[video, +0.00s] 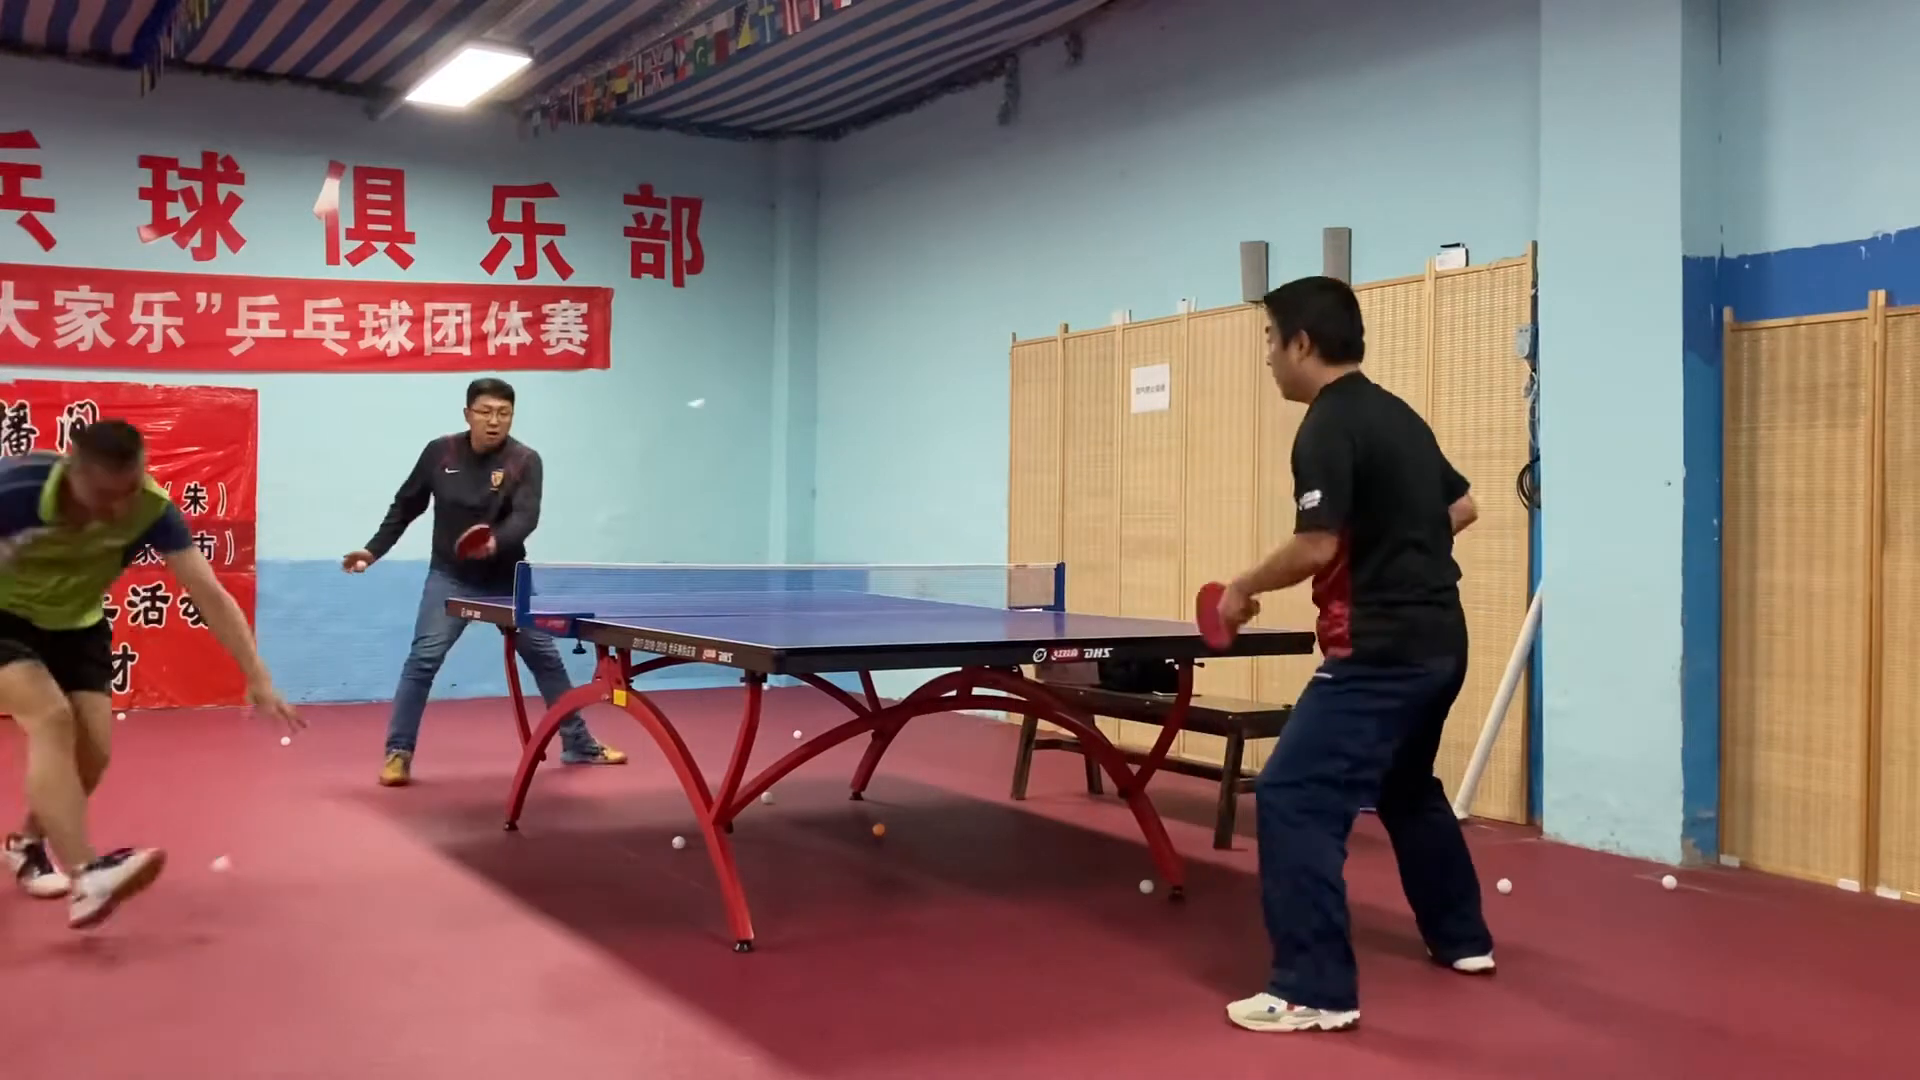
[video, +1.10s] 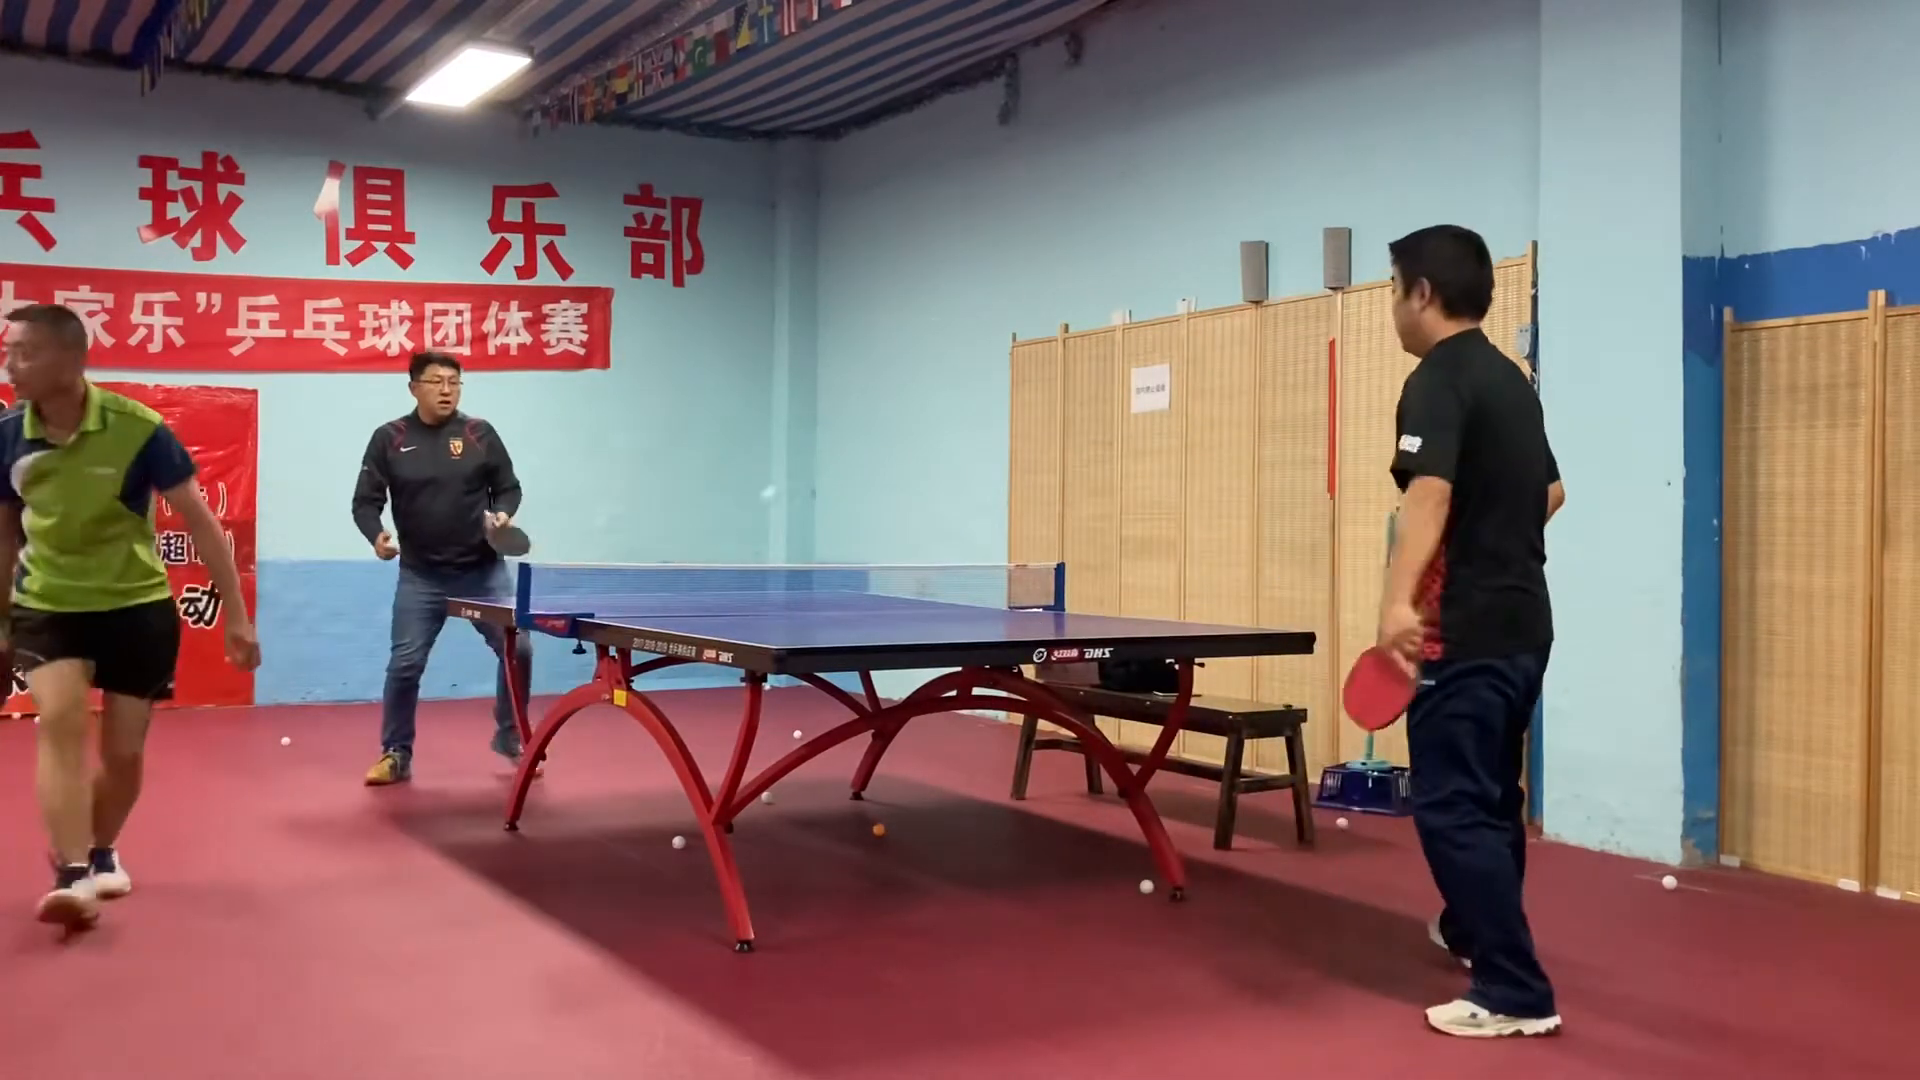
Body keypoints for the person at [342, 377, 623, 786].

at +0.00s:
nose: (495, 421)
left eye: (503, 414)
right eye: (486, 413)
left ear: (512, 418)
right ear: (468, 414)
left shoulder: (524, 460)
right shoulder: (439, 453)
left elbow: (524, 518)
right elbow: (405, 506)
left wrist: (493, 542)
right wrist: (371, 551)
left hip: (504, 578)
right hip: (450, 575)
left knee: (545, 656)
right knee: (424, 658)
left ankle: (578, 743)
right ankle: (399, 752)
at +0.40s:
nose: (507, 412)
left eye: (513, 404)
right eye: (497, 404)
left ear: (520, 409)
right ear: (475, 407)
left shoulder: (534, 456)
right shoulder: (446, 453)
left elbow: (554, 514)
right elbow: (424, 515)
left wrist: (547, 568)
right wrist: (416, 565)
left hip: (521, 579)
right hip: (465, 578)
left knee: (548, 658)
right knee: (435, 663)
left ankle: (557, 742)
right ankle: (401, 750)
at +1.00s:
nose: (454, 399)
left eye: (461, 391)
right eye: (444, 391)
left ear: (469, 397)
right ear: (423, 397)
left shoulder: (487, 443)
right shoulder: (398, 446)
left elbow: (510, 499)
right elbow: (371, 510)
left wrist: (514, 530)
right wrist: (385, 539)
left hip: (488, 577)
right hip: (426, 577)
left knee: (531, 652)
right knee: (403, 664)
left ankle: (543, 738)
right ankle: (396, 754)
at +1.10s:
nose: (446, 390)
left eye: (452, 383)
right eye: (435, 382)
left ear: (460, 388)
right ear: (414, 388)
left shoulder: (479, 433)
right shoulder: (388, 438)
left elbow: (508, 489)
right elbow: (365, 502)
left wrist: (501, 514)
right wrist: (377, 534)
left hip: (481, 571)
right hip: (420, 573)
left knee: (518, 648)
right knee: (404, 664)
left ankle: (509, 737)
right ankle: (396, 753)